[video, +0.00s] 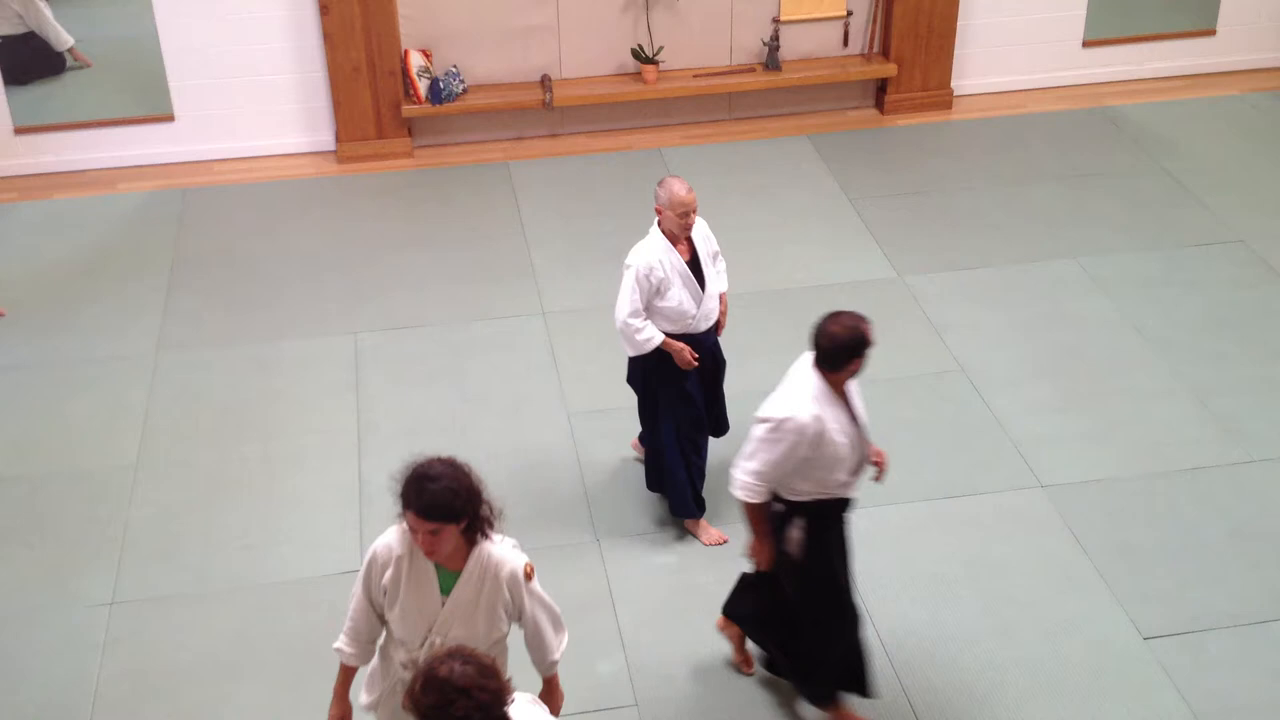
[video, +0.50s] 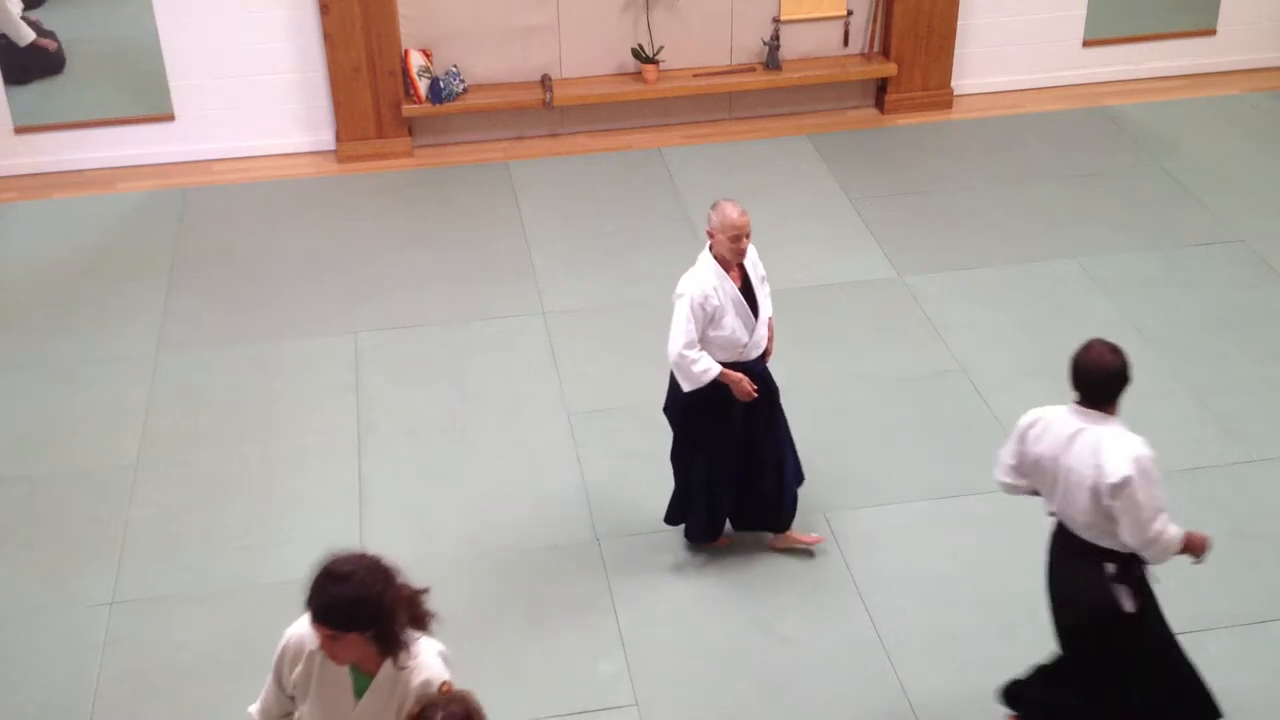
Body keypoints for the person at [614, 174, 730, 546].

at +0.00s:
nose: (691, 221)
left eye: (694, 212)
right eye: (683, 215)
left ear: (696, 207)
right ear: (660, 212)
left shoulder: (699, 229)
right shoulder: (643, 259)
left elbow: (717, 265)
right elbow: (628, 320)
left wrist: (721, 303)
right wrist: (670, 347)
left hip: (704, 344)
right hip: (666, 356)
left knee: (698, 413)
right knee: (681, 434)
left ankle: (651, 441)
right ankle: (692, 515)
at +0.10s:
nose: (697, 223)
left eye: (700, 215)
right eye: (689, 218)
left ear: (703, 210)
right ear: (666, 216)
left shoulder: (707, 233)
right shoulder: (650, 263)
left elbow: (724, 269)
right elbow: (635, 324)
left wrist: (728, 308)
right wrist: (678, 351)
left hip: (711, 348)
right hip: (672, 360)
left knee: (709, 425)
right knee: (683, 438)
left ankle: (659, 441)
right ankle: (692, 518)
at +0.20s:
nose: (707, 230)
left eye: (710, 221)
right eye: (698, 224)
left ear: (714, 215)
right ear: (676, 221)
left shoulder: (717, 239)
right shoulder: (661, 271)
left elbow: (735, 274)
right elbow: (645, 333)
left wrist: (739, 311)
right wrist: (689, 359)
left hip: (722, 356)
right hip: (680, 368)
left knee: (726, 436)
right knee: (690, 443)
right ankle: (695, 523)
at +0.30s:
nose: (718, 235)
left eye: (721, 226)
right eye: (710, 229)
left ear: (724, 221)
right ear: (687, 227)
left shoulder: (726, 245)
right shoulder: (671, 276)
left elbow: (743, 279)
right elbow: (656, 340)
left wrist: (748, 316)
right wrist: (700, 366)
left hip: (732, 361)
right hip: (689, 372)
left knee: (738, 437)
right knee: (696, 449)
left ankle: (722, 498)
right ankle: (697, 523)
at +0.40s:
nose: (730, 240)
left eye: (733, 231)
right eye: (721, 233)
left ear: (737, 227)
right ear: (699, 231)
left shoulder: (738, 251)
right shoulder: (682, 281)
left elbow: (752, 285)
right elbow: (668, 345)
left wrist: (757, 321)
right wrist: (712, 372)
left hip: (743, 366)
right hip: (698, 378)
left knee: (755, 443)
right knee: (702, 454)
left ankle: (755, 513)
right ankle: (703, 527)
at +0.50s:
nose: (744, 245)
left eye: (747, 237)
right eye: (736, 238)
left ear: (750, 232)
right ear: (712, 236)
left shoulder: (749, 255)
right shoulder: (695, 287)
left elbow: (762, 294)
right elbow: (681, 352)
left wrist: (768, 330)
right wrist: (728, 377)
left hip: (753, 371)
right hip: (709, 385)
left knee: (773, 449)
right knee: (709, 458)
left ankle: (779, 529)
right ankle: (705, 530)